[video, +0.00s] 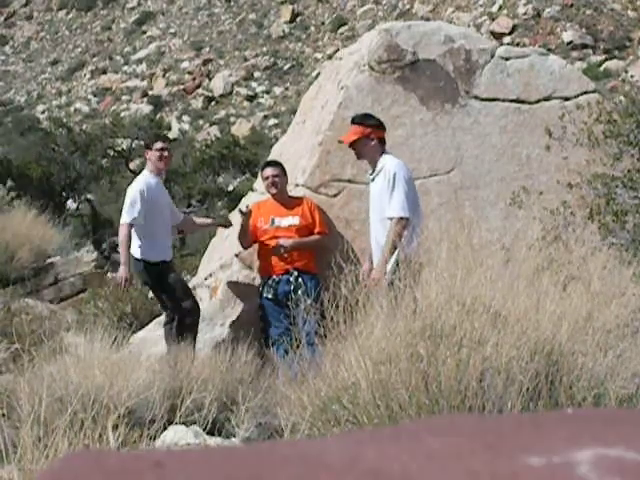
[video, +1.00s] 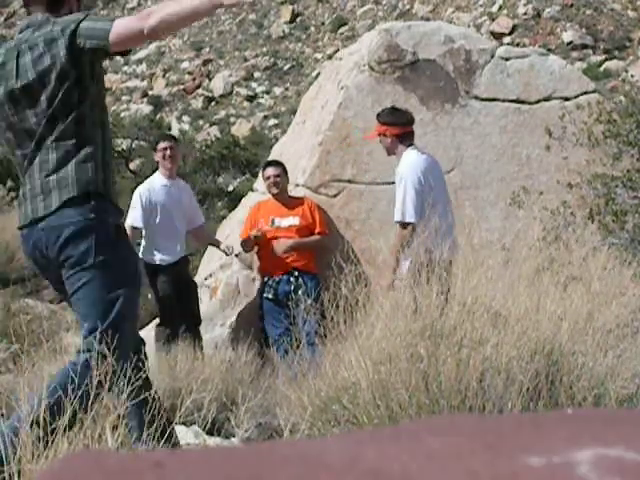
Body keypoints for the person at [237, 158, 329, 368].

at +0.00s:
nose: (272, 181)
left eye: (276, 176)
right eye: (267, 178)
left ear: (285, 178)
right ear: (263, 183)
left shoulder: (306, 205)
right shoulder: (258, 210)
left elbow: (324, 236)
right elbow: (246, 243)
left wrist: (294, 243)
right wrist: (245, 221)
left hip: (303, 276)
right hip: (272, 279)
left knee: (309, 332)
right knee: (279, 336)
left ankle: (315, 379)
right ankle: (288, 382)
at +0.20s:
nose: (272, 181)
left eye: (276, 176)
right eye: (267, 178)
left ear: (285, 178)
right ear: (262, 183)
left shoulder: (306, 205)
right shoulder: (259, 209)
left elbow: (324, 236)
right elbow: (246, 243)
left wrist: (294, 243)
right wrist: (246, 220)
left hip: (303, 275)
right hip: (273, 278)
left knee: (308, 331)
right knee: (279, 334)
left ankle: (313, 377)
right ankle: (286, 379)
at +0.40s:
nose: (271, 181)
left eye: (275, 176)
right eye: (266, 178)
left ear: (285, 178)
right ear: (262, 183)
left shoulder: (306, 205)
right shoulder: (258, 209)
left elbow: (324, 237)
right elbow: (246, 244)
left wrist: (293, 243)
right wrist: (247, 222)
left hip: (303, 276)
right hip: (273, 279)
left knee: (309, 332)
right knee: (279, 336)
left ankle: (314, 378)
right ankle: (287, 381)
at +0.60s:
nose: (272, 181)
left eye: (276, 176)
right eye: (267, 178)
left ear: (285, 178)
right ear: (263, 183)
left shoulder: (306, 205)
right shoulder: (259, 209)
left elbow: (324, 237)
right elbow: (247, 244)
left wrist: (293, 243)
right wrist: (249, 223)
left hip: (303, 275)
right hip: (272, 278)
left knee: (309, 333)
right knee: (279, 337)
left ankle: (314, 380)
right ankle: (290, 382)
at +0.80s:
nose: (273, 181)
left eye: (277, 176)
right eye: (268, 178)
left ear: (286, 178)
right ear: (263, 183)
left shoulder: (306, 205)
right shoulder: (260, 209)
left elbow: (324, 237)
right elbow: (246, 244)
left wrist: (292, 244)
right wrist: (248, 224)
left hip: (303, 277)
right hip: (273, 280)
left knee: (310, 334)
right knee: (279, 338)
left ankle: (315, 380)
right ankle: (290, 384)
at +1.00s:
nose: (273, 181)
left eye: (277, 176)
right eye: (268, 178)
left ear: (286, 178)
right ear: (264, 182)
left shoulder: (307, 205)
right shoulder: (259, 209)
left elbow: (324, 237)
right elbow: (245, 247)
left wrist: (293, 243)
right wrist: (253, 239)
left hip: (303, 277)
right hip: (271, 281)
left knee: (310, 334)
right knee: (279, 339)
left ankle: (315, 381)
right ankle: (290, 384)